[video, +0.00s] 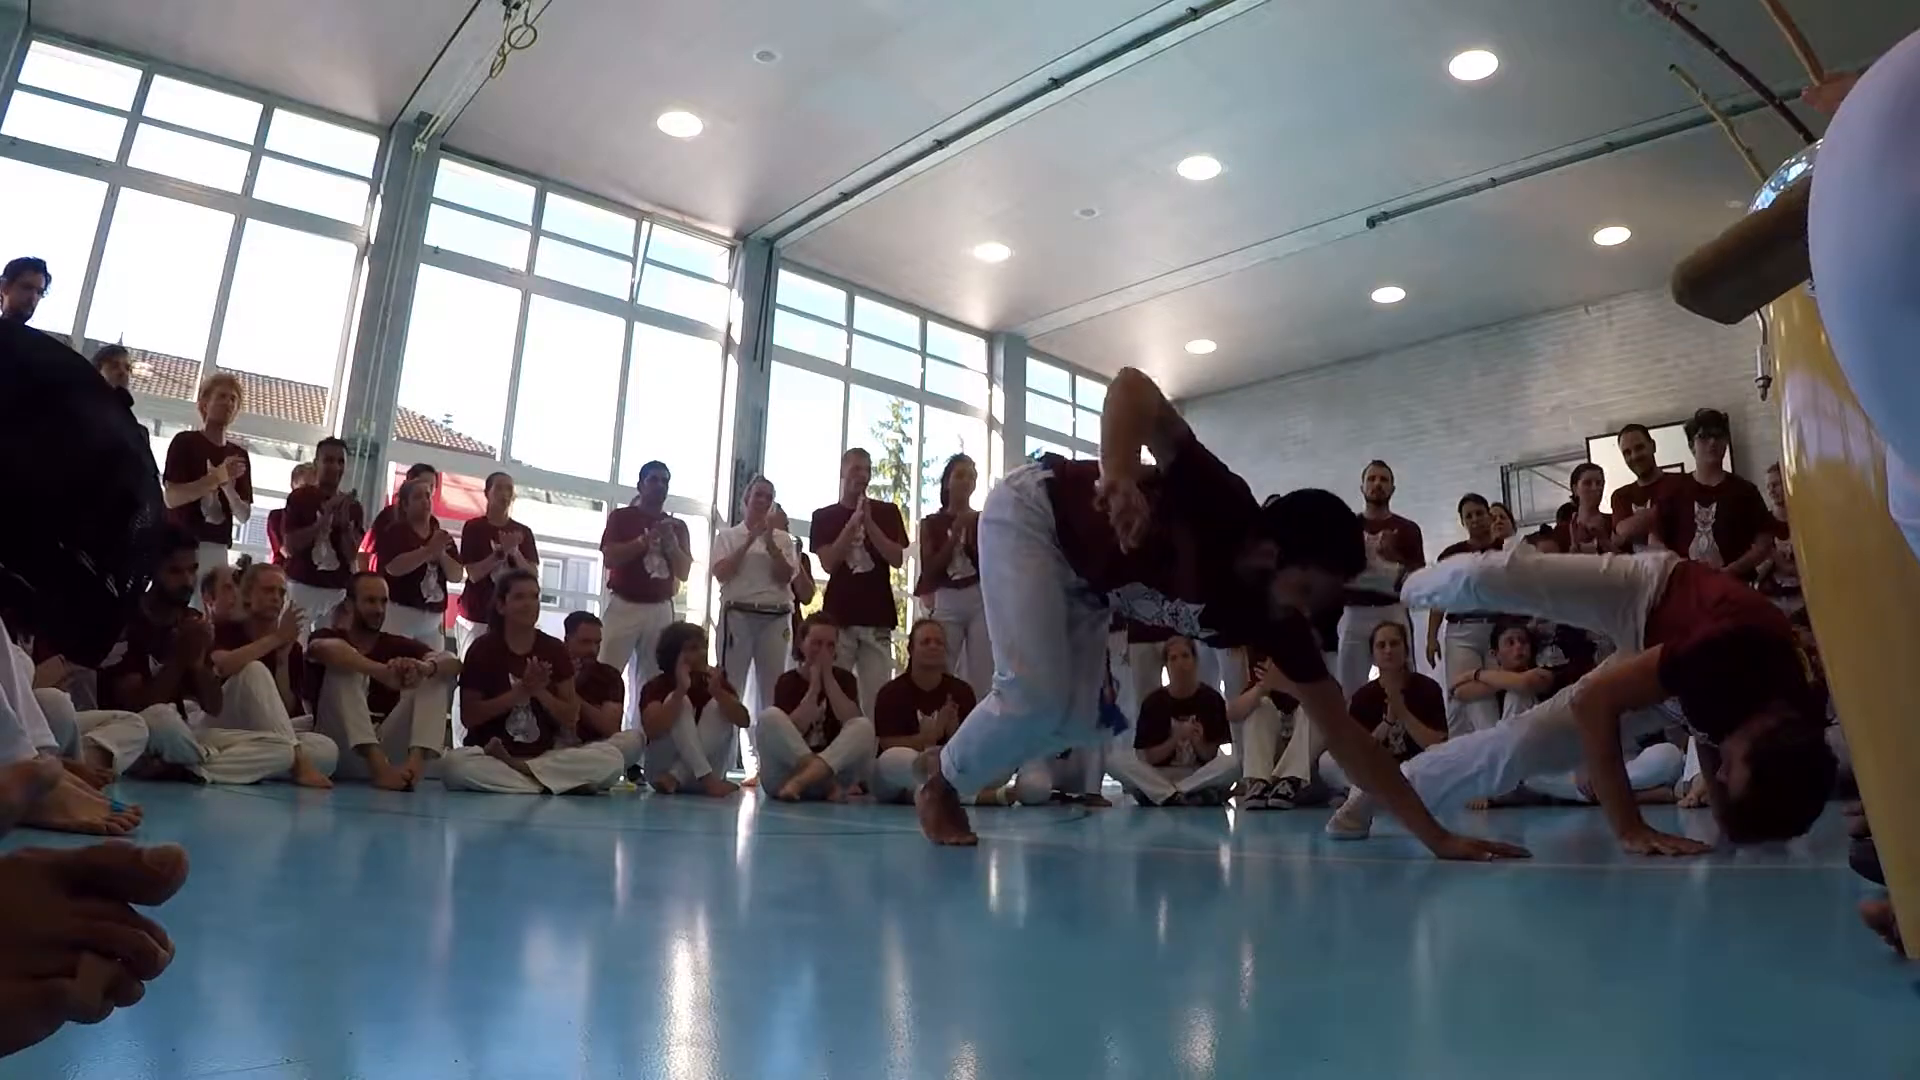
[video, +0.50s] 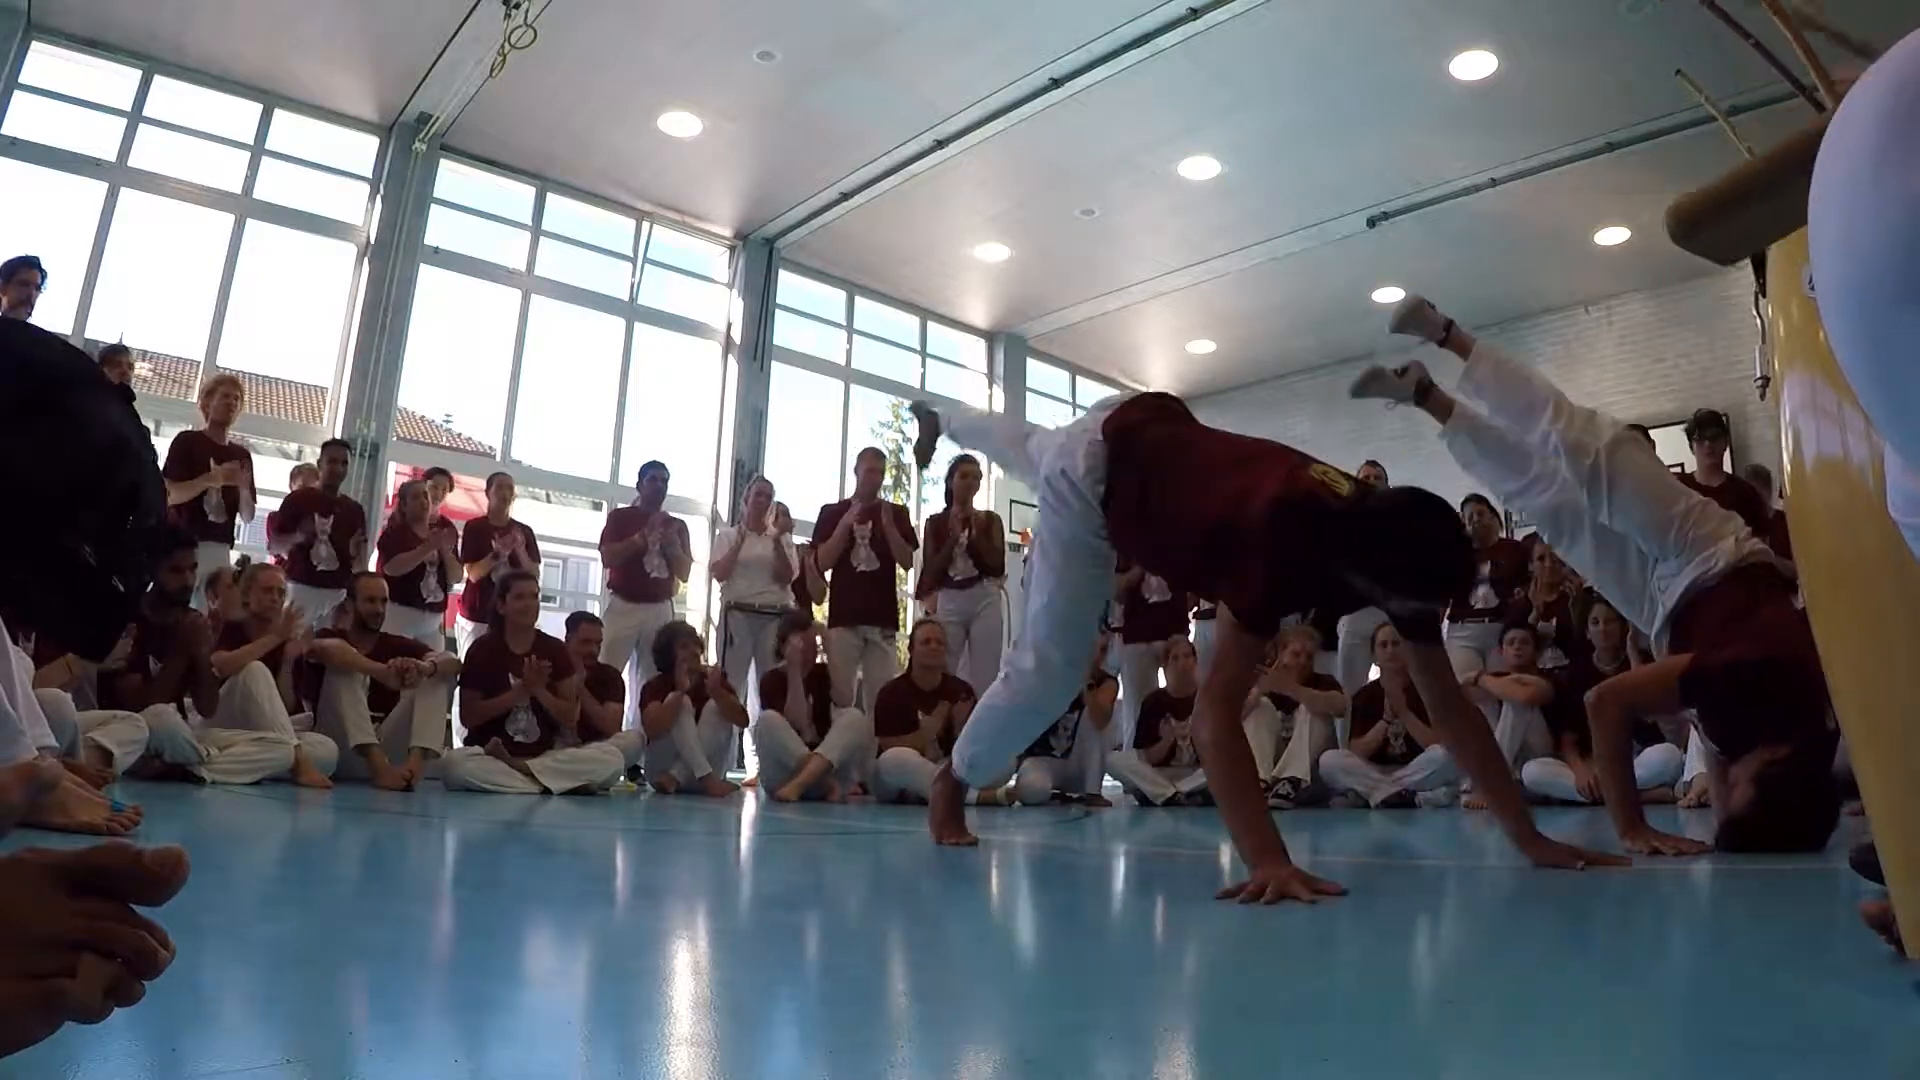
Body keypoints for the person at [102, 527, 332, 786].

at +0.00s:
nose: (187, 580)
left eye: (190, 571)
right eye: (175, 572)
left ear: (195, 570)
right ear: (153, 572)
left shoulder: (193, 621)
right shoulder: (129, 618)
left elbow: (212, 705)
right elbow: (134, 704)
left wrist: (201, 655)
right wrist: (181, 656)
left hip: (190, 730)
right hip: (139, 733)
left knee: (284, 753)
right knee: (162, 717)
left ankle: (185, 770)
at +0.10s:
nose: (186, 580)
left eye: (190, 570)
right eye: (175, 571)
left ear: (196, 571)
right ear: (152, 573)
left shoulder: (193, 623)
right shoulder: (132, 624)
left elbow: (210, 705)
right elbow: (135, 707)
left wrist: (202, 651)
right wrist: (182, 652)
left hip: (184, 733)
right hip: (136, 737)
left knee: (285, 752)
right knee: (160, 716)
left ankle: (189, 771)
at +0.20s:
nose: (186, 580)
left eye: (190, 570)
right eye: (174, 571)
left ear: (195, 570)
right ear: (152, 571)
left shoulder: (193, 622)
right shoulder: (132, 618)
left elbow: (211, 705)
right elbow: (136, 704)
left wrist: (201, 653)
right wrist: (182, 652)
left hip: (187, 731)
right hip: (137, 734)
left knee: (284, 752)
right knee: (162, 717)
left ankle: (184, 771)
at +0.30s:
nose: (186, 580)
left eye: (191, 570)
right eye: (174, 572)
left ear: (196, 570)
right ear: (153, 572)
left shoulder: (193, 621)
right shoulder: (129, 618)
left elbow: (211, 704)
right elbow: (135, 704)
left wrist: (201, 658)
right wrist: (181, 655)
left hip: (185, 730)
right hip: (135, 734)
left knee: (285, 752)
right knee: (161, 716)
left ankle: (182, 771)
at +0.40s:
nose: (187, 580)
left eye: (191, 570)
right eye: (175, 571)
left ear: (196, 569)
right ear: (153, 572)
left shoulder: (194, 622)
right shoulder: (129, 618)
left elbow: (210, 705)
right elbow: (133, 703)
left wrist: (202, 656)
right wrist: (181, 655)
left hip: (188, 729)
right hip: (134, 731)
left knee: (285, 753)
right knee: (161, 716)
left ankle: (182, 771)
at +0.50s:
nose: (188, 580)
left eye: (192, 569)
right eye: (176, 571)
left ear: (197, 569)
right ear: (152, 572)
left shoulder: (193, 623)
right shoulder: (129, 619)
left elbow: (208, 708)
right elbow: (135, 704)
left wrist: (202, 652)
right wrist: (182, 652)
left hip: (183, 731)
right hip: (134, 733)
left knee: (283, 753)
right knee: (161, 716)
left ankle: (182, 771)